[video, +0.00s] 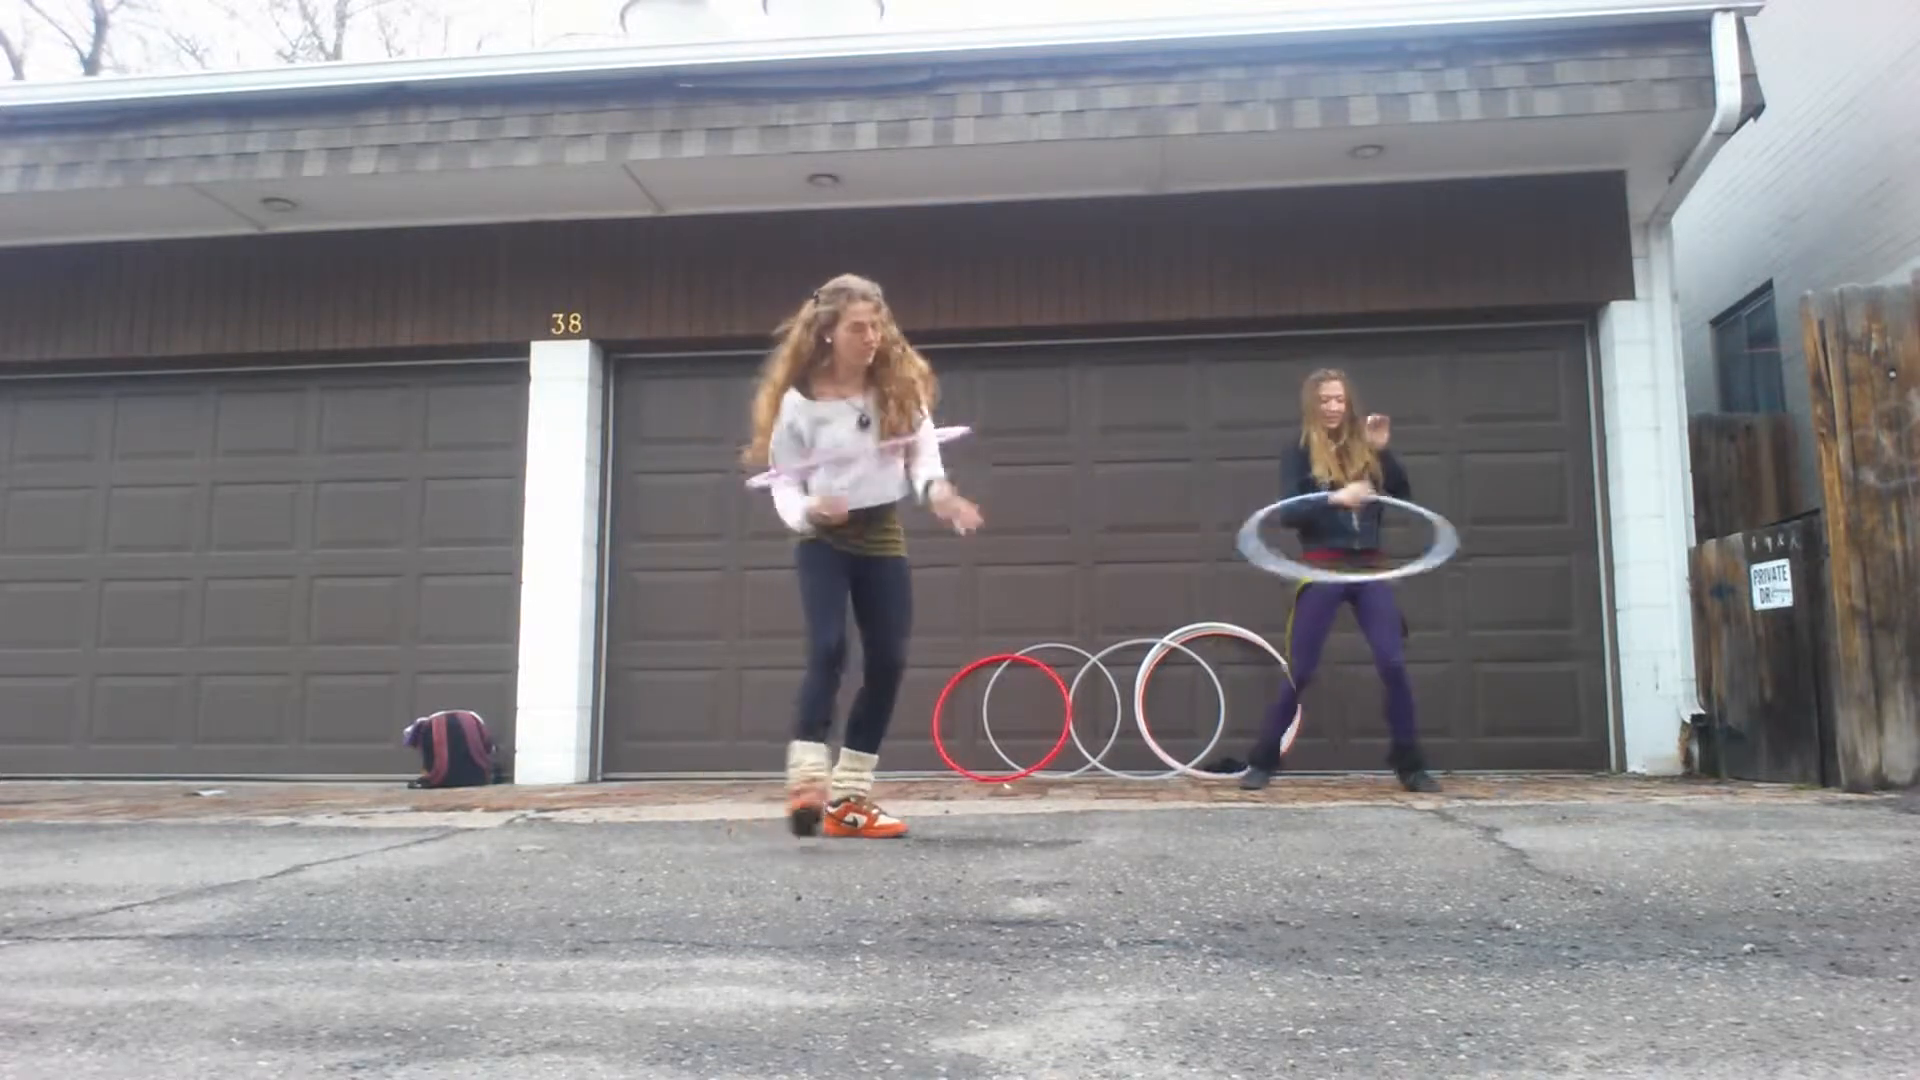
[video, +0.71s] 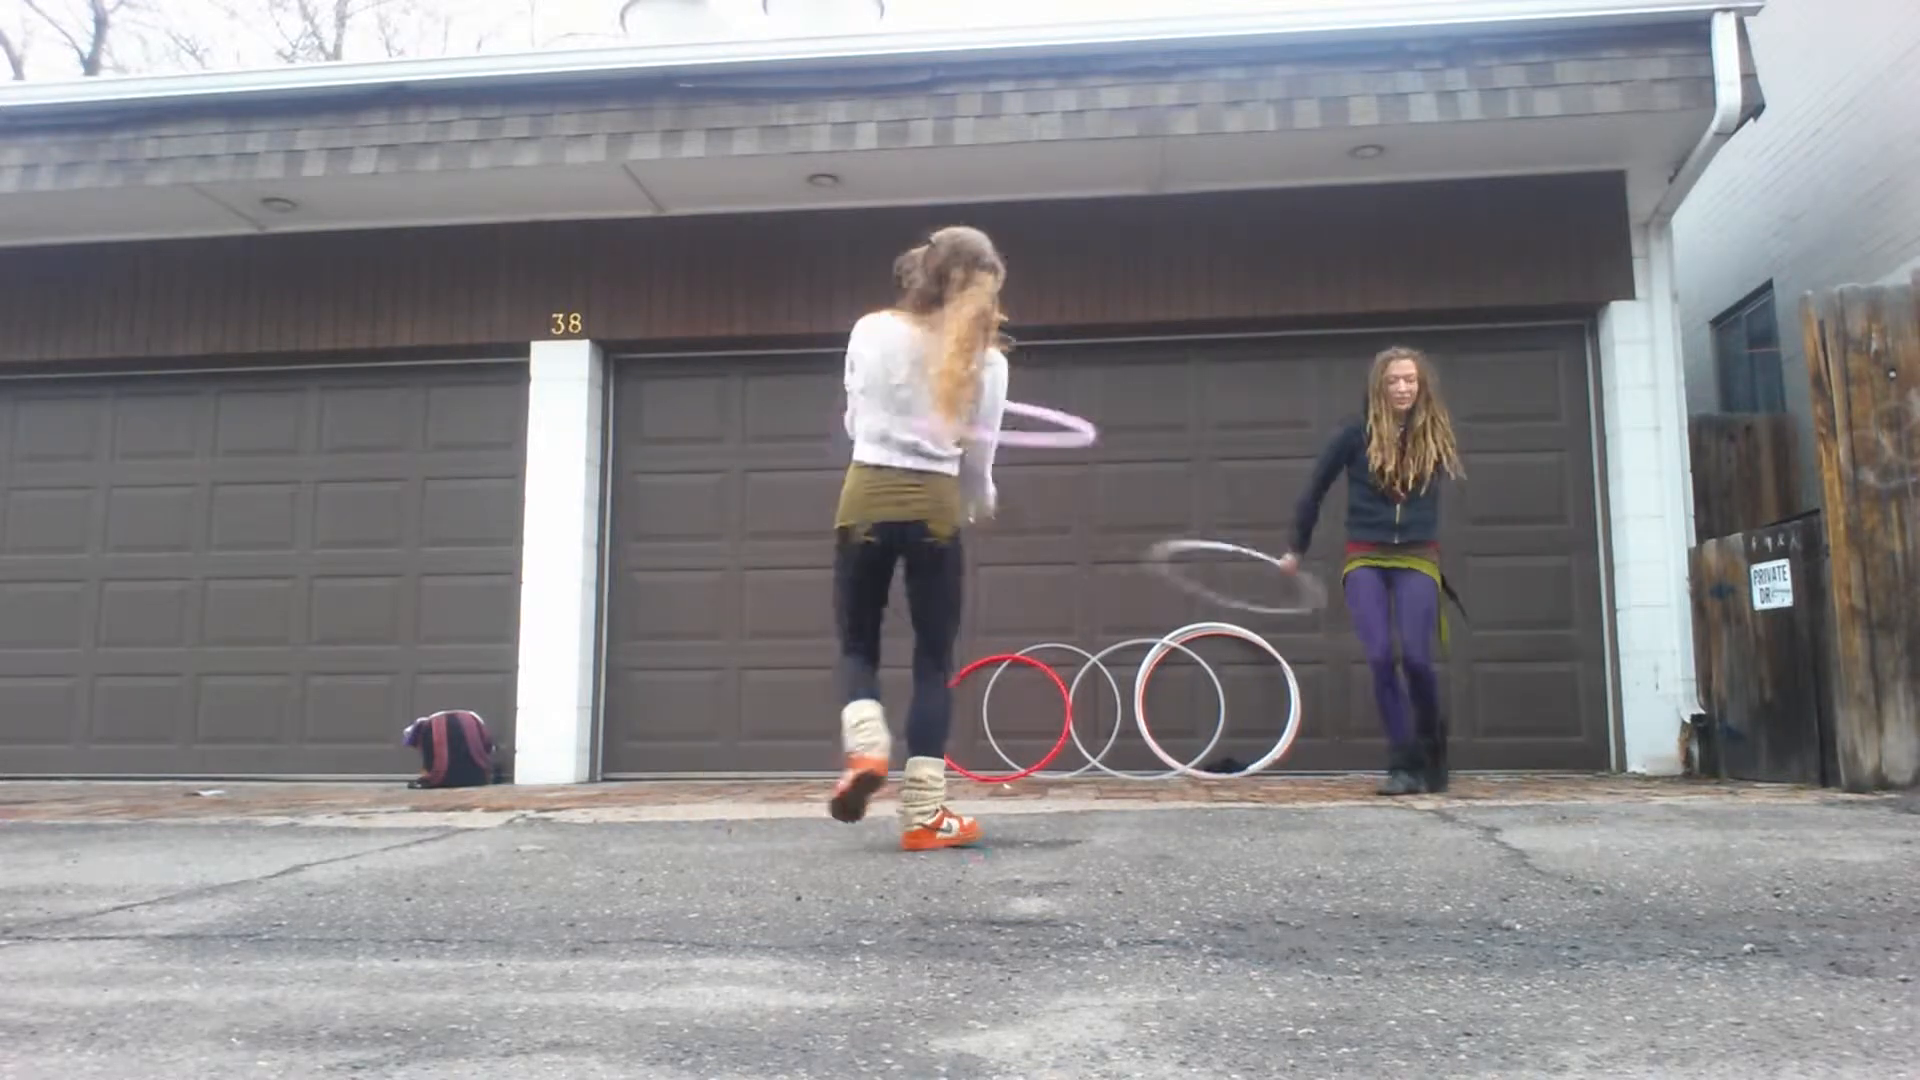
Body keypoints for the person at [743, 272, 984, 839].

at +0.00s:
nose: (871, 337)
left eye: (876, 326)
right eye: (857, 327)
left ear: (884, 331)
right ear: (827, 333)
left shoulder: (900, 391)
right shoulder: (798, 403)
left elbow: (925, 462)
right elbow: (785, 489)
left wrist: (942, 495)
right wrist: (808, 512)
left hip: (882, 538)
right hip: (822, 539)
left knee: (887, 663)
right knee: (829, 650)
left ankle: (850, 796)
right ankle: (807, 785)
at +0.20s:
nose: (897, 359)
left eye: (902, 347)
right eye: (882, 349)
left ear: (910, 345)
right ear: (848, 354)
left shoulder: (925, 396)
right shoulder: (811, 409)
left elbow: (928, 486)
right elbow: (806, 495)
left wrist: (921, 562)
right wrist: (771, 498)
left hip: (900, 547)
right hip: (840, 546)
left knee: (901, 665)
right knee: (875, 651)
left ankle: (850, 797)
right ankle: (902, 779)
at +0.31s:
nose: (924, 361)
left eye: (929, 348)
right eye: (911, 350)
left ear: (935, 349)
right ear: (875, 353)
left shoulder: (938, 402)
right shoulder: (834, 415)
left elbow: (938, 491)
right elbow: (811, 499)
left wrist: (946, 565)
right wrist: (821, 518)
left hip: (902, 542)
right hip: (847, 545)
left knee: (909, 667)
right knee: (897, 663)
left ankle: (851, 794)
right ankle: (909, 797)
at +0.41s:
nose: (961, 345)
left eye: (962, 334)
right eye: (950, 336)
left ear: (950, 339)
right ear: (912, 344)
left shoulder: (945, 398)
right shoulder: (875, 408)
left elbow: (936, 476)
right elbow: (848, 490)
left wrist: (980, 544)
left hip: (880, 539)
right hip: (853, 542)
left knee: (897, 666)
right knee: (918, 662)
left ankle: (849, 800)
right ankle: (922, 810)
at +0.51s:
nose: (987, 328)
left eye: (987, 317)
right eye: (979, 319)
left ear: (944, 323)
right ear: (945, 325)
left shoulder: (912, 381)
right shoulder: (931, 387)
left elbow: (934, 472)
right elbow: (917, 487)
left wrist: (996, 505)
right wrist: (1000, 514)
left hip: (845, 532)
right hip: (872, 535)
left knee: (892, 668)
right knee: (927, 665)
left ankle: (839, 800)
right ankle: (924, 814)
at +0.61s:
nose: (994, 306)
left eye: (993, 296)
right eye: (991, 296)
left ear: (929, 292)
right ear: (975, 300)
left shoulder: (881, 342)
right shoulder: (970, 375)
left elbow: (855, 432)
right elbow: (959, 480)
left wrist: (956, 463)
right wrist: (1004, 515)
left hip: (841, 518)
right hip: (902, 525)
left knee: (880, 654)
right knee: (936, 667)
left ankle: (833, 780)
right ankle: (925, 812)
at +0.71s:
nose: (994, 297)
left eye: (994, 287)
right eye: (992, 287)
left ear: (926, 278)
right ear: (976, 289)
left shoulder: (870, 330)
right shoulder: (987, 361)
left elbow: (856, 418)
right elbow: (976, 453)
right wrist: (982, 500)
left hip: (864, 503)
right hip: (936, 508)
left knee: (858, 643)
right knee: (934, 657)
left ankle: (866, 749)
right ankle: (922, 814)